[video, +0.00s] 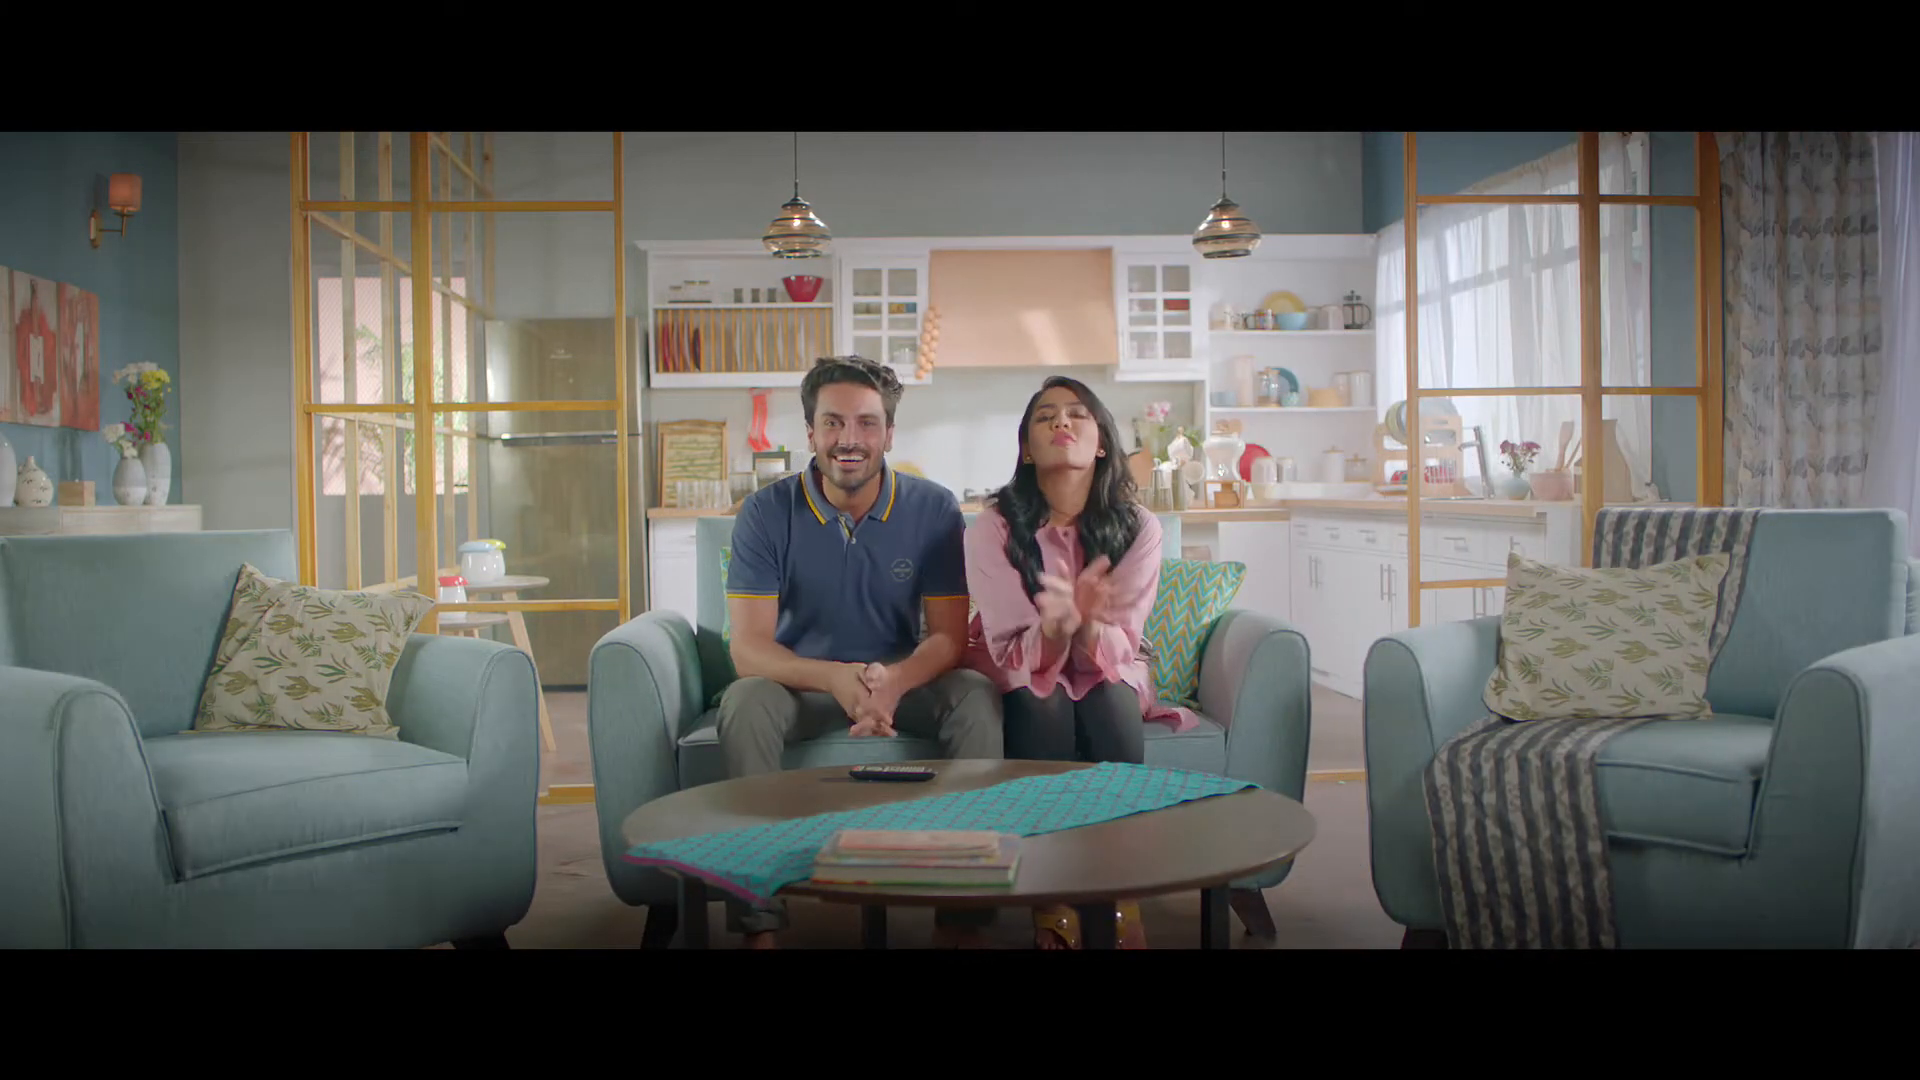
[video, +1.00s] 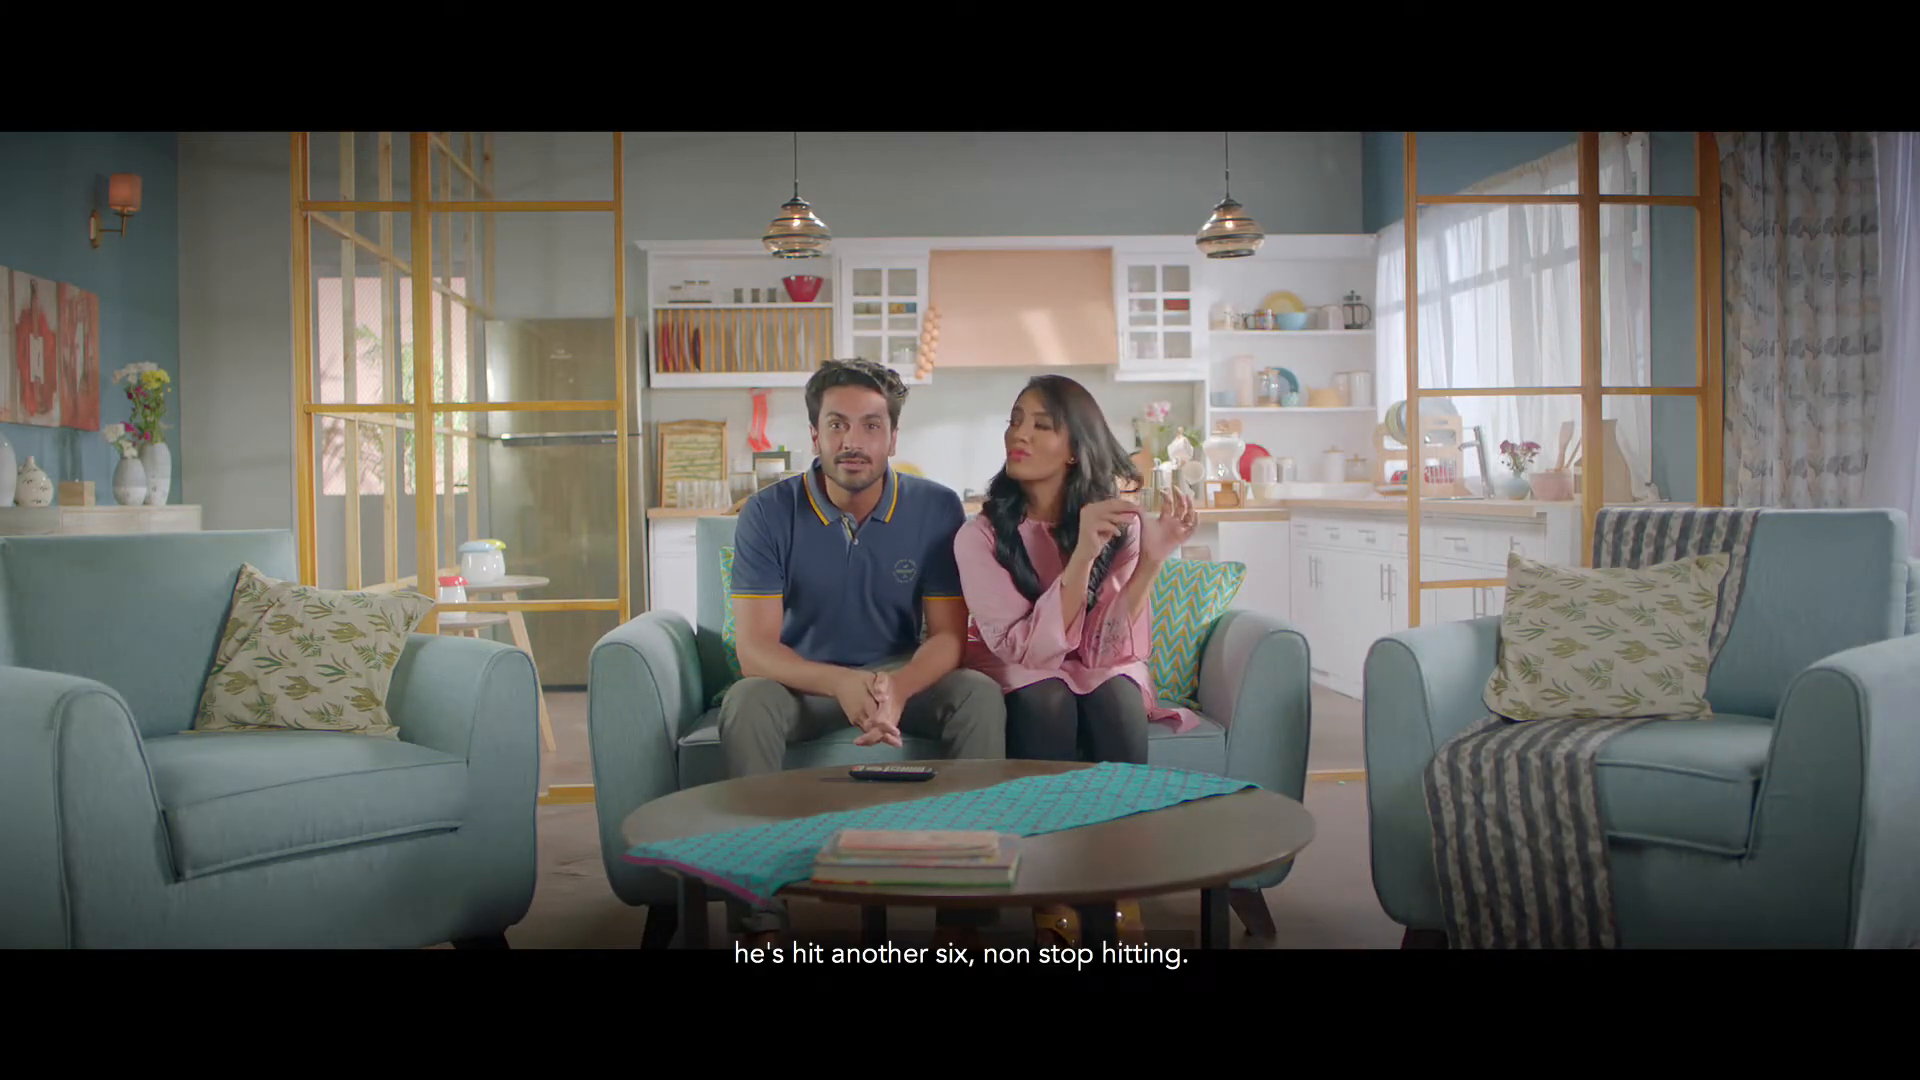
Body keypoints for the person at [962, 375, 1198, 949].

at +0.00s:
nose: (1062, 423)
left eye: (1077, 416)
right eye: (1046, 417)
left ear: (1101, 445)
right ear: (1026, 448)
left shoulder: (1139, 527)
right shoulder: (991, 528)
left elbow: (1123, 647)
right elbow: (1014, 660)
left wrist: (1087, 625)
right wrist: (1055, 629)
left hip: (1107, 681)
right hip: (1030, 683)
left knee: (1110, 701)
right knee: (1045, 706)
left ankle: (1123, 896)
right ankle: (1055, 899)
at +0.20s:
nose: (1061, 424)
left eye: (1075, 417)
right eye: (1044, 418)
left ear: (1100, 446)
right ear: (1024, 449)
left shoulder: (1136, 524)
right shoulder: (990, 529)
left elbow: (1114, 654)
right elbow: (1021, 659)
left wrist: (1087, 570)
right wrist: (1057, 570)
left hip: (1105, 679)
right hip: (1027, 681)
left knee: (1111, 695)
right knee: (1048, 698)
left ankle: (1124, 895)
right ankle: (1055, 898)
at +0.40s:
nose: (1062, 424)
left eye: (1077, 417)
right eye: (1046, 418)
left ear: (1100, 447)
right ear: (1025, 447)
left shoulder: (1139, 527)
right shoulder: (990, 531)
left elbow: (1114, 657)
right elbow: (1018, 661)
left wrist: (1106, 577)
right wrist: (1045, 580)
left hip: (1105, 680)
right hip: (1031, 682)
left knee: (1113, 697)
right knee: (1047, 700)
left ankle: (1122, 889)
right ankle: (1052, 893)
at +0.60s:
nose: (1057, 434)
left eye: (1072, 424)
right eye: (1041, 424)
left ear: (1095, 447)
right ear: (1020, 445)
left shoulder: (1130, 520)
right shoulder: (984, 533)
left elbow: (1107, 659)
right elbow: (1019, 658)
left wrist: (1142, 573)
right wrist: (1042, 560)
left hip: (1103, 678)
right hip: (1028, 681)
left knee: (1114, 698)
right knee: (1047, 701)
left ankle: (1121, 892)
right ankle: (1052, 894)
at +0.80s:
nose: (1053, 436)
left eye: (1069, 425)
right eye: (1038, 425)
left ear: (1092, 447)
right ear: (1017, 444)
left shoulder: (1120, 523)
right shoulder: (982, 533)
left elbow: (1104, 653)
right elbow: (1017, 651)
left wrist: (1147, 566)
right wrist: (1060, 555)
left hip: (1103, 671)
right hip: (1028, 673)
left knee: (1116, 703)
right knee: (1047, 704)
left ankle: (1119, 893)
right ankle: (1052, 893)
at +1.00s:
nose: (1018, 434)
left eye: (1040, 425)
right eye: (1015, 422)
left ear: (1075, 447)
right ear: (1006, 432)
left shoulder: (1118, 524)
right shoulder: (979, 536)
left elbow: (1102, 650)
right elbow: (1019, 650)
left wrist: (1153, 558)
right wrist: (1081, 559)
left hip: (1105, 677)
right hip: (1031, 679)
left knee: (1114, 698)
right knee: (1047, 701)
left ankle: (1122, 890)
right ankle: (1053, 890)